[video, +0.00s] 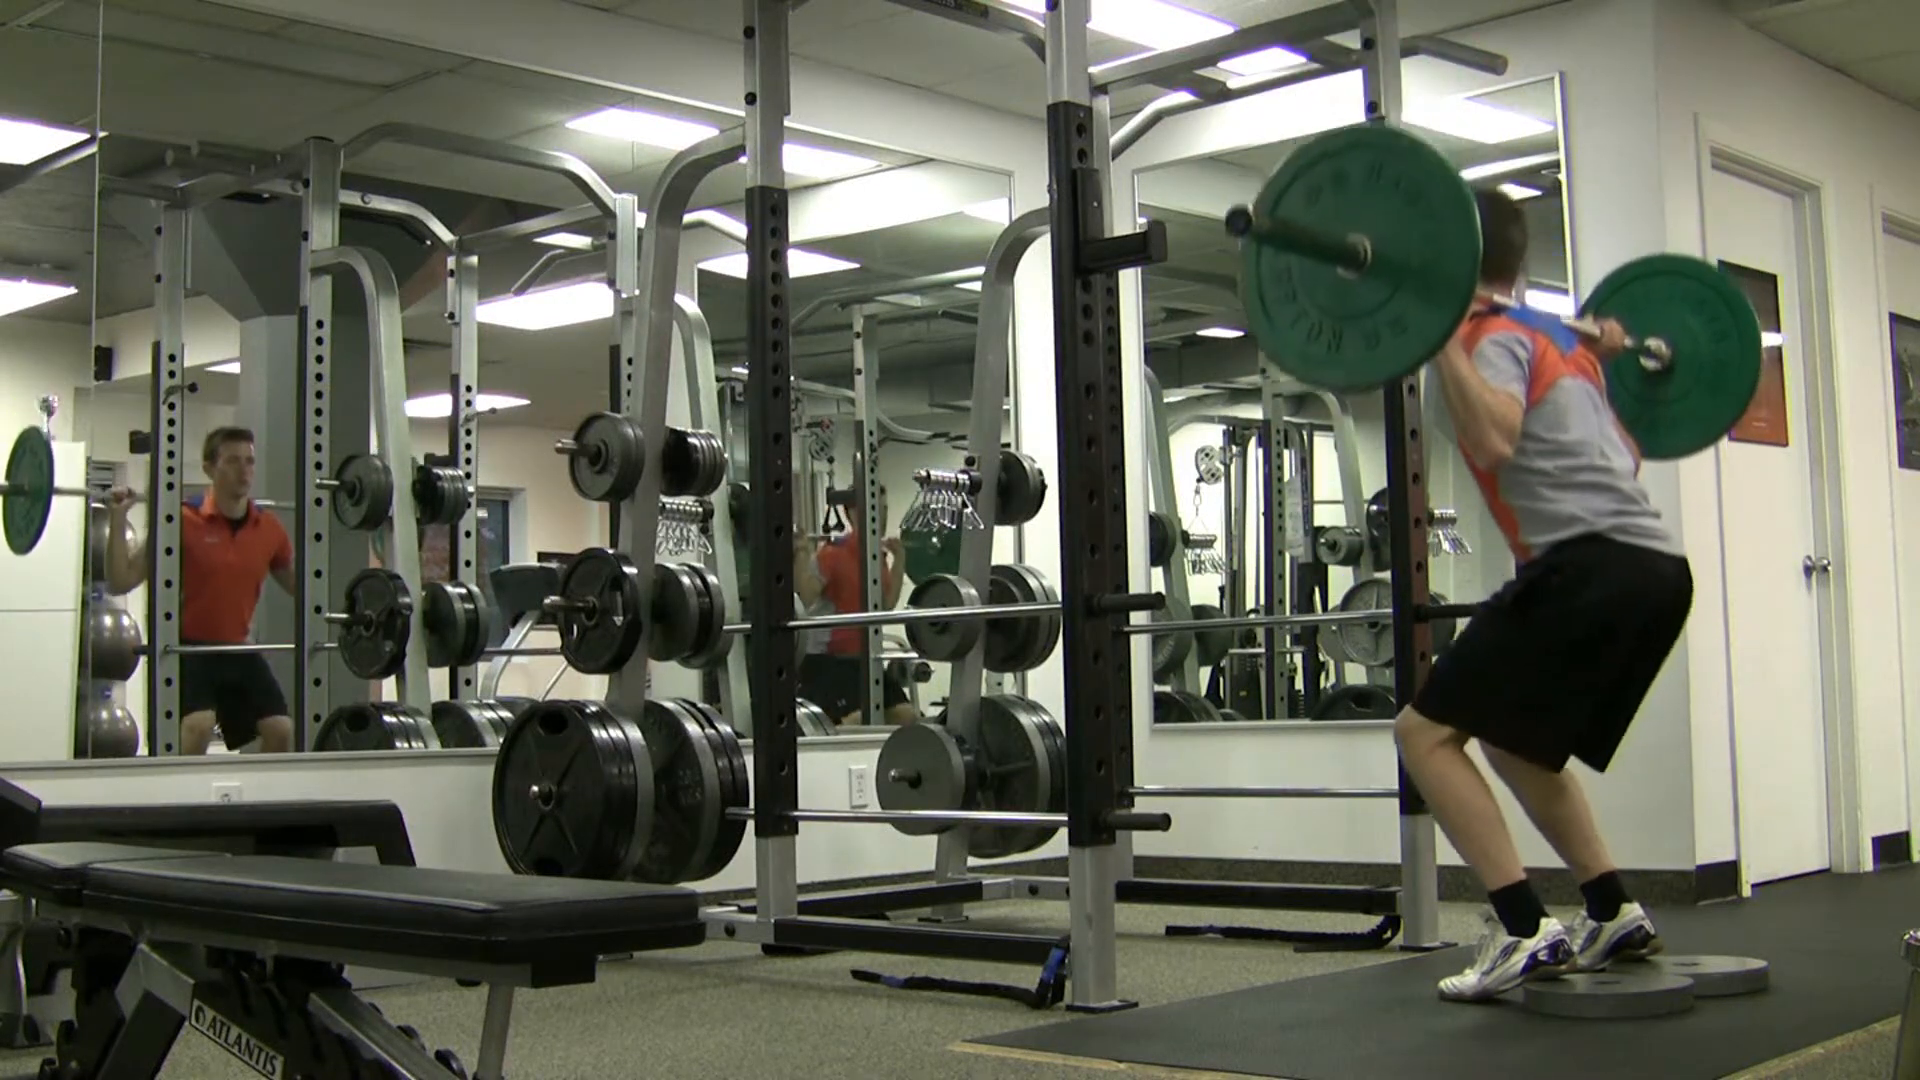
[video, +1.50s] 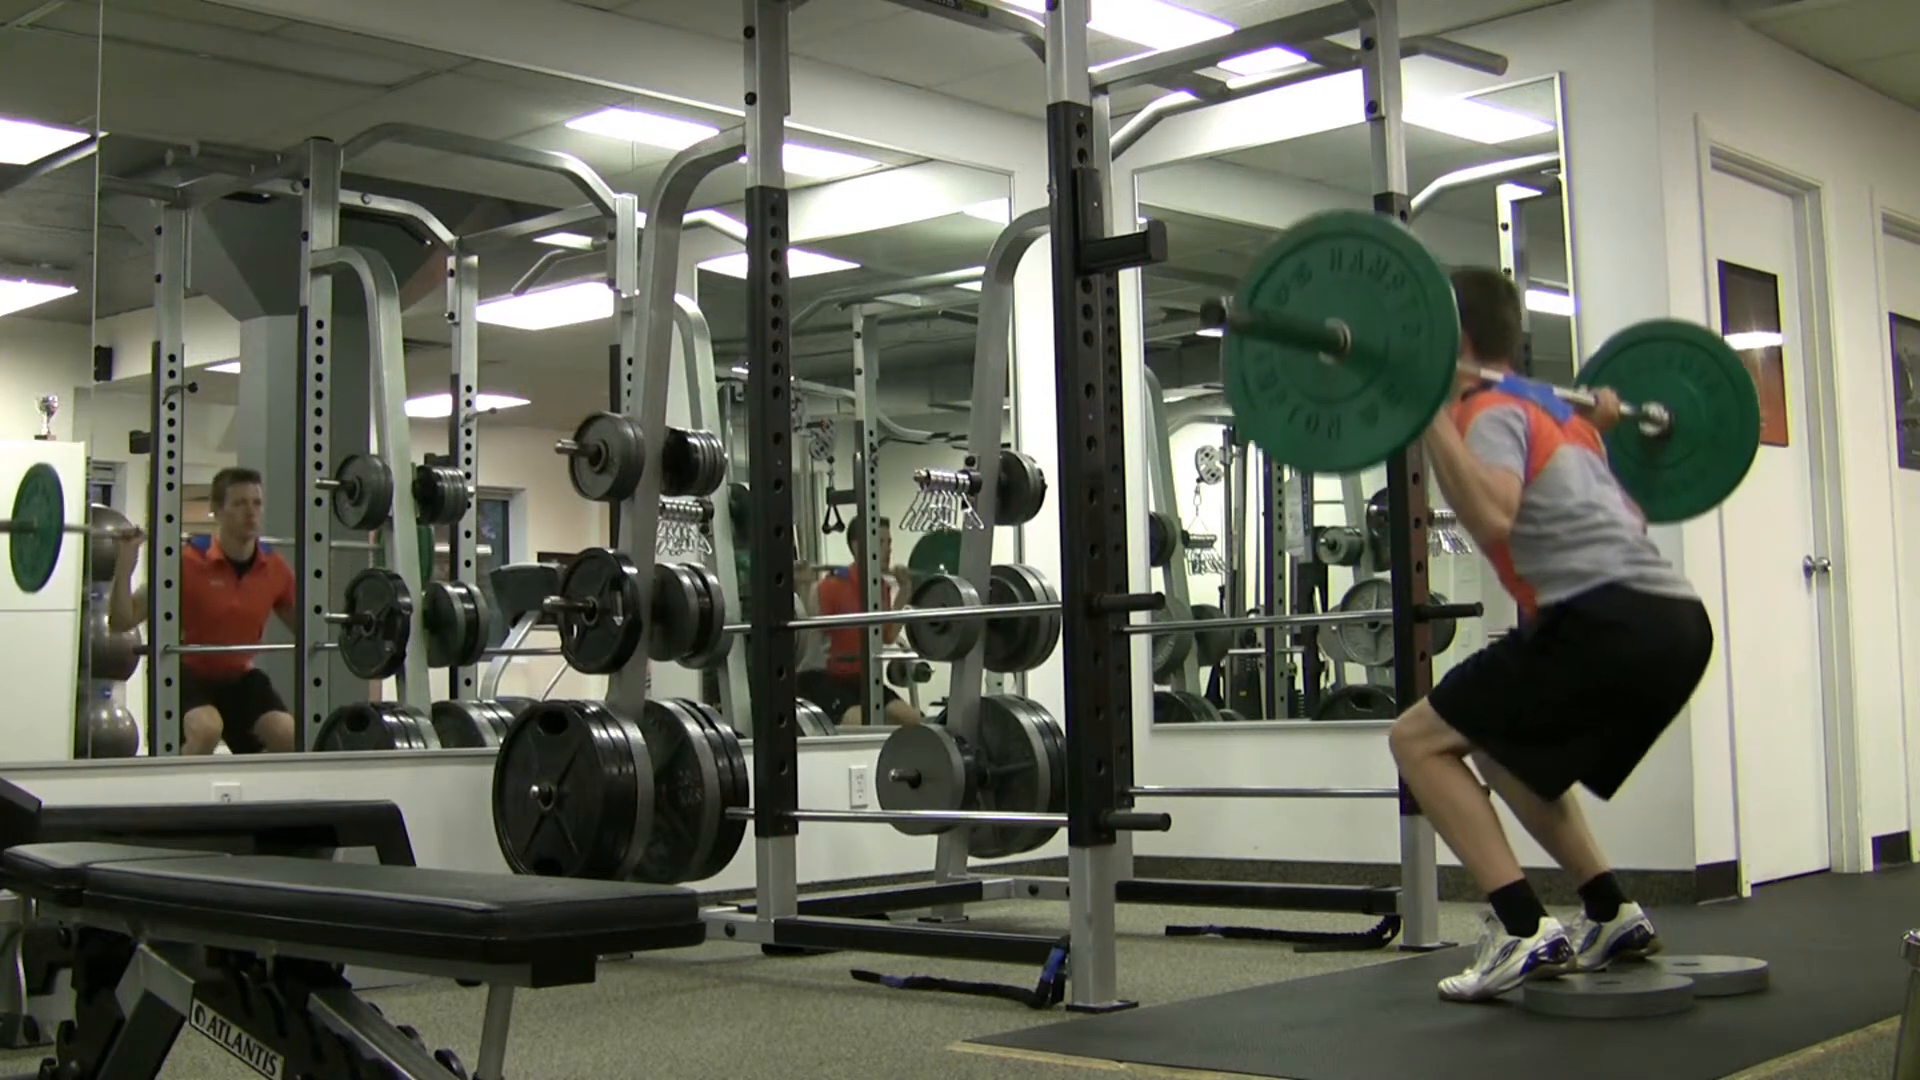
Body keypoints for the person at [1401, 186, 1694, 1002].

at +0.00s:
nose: (1435, 276)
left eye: (1441, 259)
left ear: (1454, 263)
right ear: (1518, 266)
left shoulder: (1494, 335)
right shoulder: (1564, 345)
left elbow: (1493, 442)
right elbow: (1625, 450)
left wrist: (1440, 339)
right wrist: (1598, 357)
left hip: (1585, 566)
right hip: (1656, 572)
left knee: (1423, 731)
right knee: (1517, 741)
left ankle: (1524, 930)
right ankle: (1615, 912)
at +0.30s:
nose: (1433, 335)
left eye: (1441, 320)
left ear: (1455, 330)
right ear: (1521, 331)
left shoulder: (1501, 402)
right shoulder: (1566, 404)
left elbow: (1498, 516)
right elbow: (1625, 507)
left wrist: (1441, 413)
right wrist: (1598, 418)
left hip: (1599, 622)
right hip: (1674, 630)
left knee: (1411, 743)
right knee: (1512, 763)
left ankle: (1522, 928)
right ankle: (1614, 913)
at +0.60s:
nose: (1429, 396)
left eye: (1435, 382)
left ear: (1447, 390)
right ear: (1520, 393)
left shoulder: (1498, 462)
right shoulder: (1564, 459)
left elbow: (1503, 578)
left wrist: (1442, 476)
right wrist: (1602, 471)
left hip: (1611, 674)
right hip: (1682, 683)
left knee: (1406, 748)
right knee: (1509, 773)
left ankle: (1523, 929)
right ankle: (1613, 914)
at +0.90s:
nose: (1430, 430)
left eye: (1434, 416)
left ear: (1445, 427)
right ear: (1517, 432)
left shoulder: (1496, 504)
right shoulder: (1561, 495)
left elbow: (1501, 617)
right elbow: (1583, 558)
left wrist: (1433, 507)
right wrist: (1598, 505)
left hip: (1619, 707)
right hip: (1683, 719)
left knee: (1403, 751)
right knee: (1503, 772)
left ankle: (1524, 930)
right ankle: (1611, 913)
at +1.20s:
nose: (1420, 415)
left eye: (1425, 399)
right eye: (1423, 400)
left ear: (1441, 409)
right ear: (1512, 412)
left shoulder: (1494, 483)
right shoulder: (1553, 476)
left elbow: (1495, 595)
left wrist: (1433, 492)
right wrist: (1592, 491)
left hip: (1614, 690)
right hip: (1681, 695)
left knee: (1406, 748)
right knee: (1506, 767)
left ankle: (1524, 929)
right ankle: (1610, 912)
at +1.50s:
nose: (1427, 348)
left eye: (1431, 333)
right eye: (1427, 335)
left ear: (1450, 339)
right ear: (1511, 340)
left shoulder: (1493, 407)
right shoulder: (1557, 409)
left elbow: (1492, 521)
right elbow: (1603, 504)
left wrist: (1431, 419)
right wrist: (1592, 422)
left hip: (1601, 620)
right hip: (1677, 622)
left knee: (1416, 739)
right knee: (1511, 761)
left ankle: (1522, 927)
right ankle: (1613, 911)